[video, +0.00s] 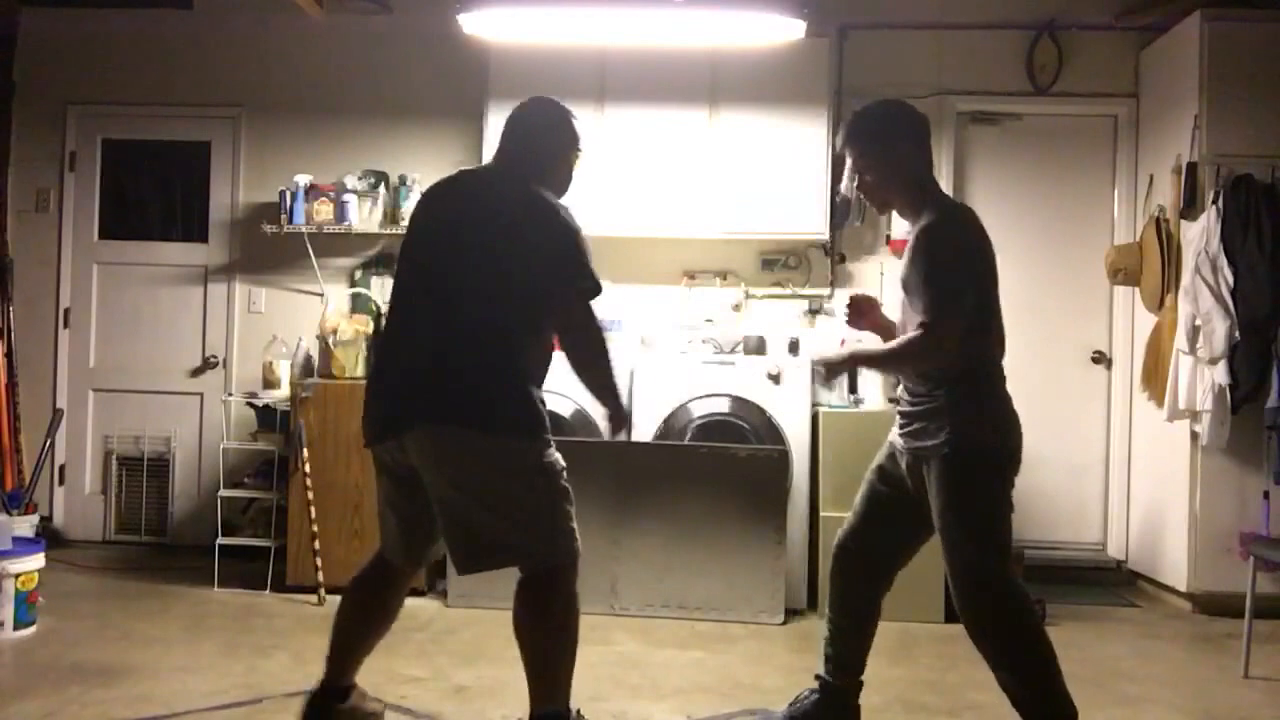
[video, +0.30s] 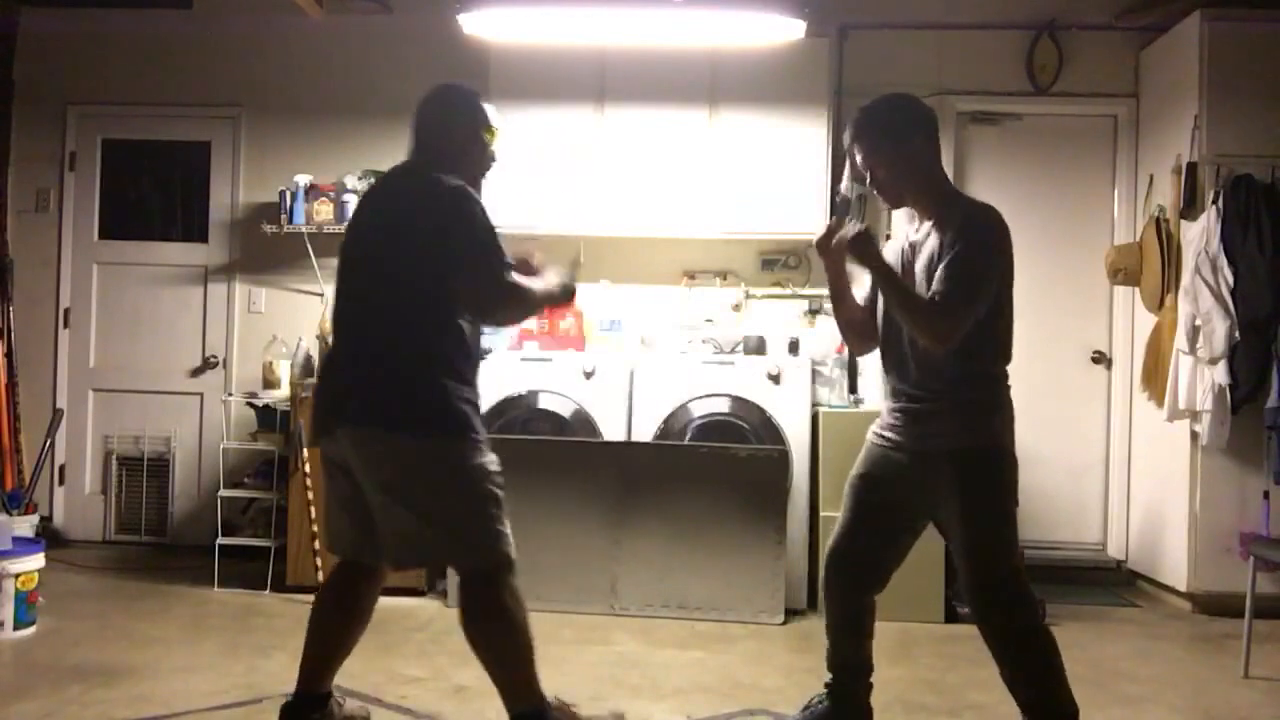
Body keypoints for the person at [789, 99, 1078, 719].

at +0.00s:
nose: (852, 184)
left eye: (858, 166)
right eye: (848, 169)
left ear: (899, 157)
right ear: (901, 162)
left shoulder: (948, 231)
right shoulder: (929, 233)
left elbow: (940, 346)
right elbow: (951, 337)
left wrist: (853, 360)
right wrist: (885, 323)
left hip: (964, 438)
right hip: (916, 435)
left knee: (986, 600)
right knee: (856, 561)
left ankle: (1057, 717)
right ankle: (837, 696)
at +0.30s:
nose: (861, 173)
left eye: (867, 156)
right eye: (858, 160)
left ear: (914, 149)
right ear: (898, 158)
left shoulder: (979, 227)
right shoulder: (897, 236)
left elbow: (943, 331)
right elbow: (862, 337)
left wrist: (874, 261)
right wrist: (835, 271)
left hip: (969, 439)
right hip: (900, 433)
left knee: (999, 603)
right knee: (847, 572)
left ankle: (1057, 716)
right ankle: (847, 699)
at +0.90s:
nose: (842, 184)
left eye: (847, 167)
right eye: (837, 171)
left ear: (889, 157)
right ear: (883, 164)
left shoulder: (933, 228)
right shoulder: (893, 239)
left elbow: (866, 313)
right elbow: (865, 340)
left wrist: (813, 253)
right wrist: (825, 278)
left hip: (946, 438)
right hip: (889, 432)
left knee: (983, 594)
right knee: (832, 564)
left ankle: (1052, 713)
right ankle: (843, 698)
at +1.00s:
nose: (843, 180)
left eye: (849, 164)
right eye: (839, 166)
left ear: (890, 153)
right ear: (888, 160)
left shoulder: (910, 223)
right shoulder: (903, 221)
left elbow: (806, 291)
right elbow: (890, 321)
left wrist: (750, 295)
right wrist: (842, 281)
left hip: (957, 431)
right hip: (906, 429)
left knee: (993, 588)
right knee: (858, 565)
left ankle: (1059, 712)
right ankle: (846, 698)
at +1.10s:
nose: (849, 183)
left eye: (856, 165)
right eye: (845, 168)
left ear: (900, 157)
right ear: (907, 160)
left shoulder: (897, 242)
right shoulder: (966, 231)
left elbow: (828, 324)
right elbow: (965, 327)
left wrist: (780, 378)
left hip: (968, 437)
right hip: (927, 433)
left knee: (1001, 592)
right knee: (877, 568)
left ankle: (1084, 713)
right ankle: (847, 695)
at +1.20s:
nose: (853, 188)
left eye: (861, 172)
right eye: (851, 173)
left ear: (903, 168)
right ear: (917, 168)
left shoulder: (907, 249)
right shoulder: (977, 233)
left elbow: (896, 359)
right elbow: (999, 341)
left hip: (983, 439)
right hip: (950, 439)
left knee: (1012, 595)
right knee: (896, 568)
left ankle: (1094, 714)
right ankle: (850, 693)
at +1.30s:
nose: (867, 189)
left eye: (873, 172)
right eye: (862, 175)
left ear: (915, 162)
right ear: (910, 168)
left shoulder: (962, 233)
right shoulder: (939, 235)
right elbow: (963, 338)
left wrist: (918, 395)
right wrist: (897, 322)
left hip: (1000, 441)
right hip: (951, 437)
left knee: (1016, 600)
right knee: (893, 560)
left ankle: (1092, 717)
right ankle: (872, 691)